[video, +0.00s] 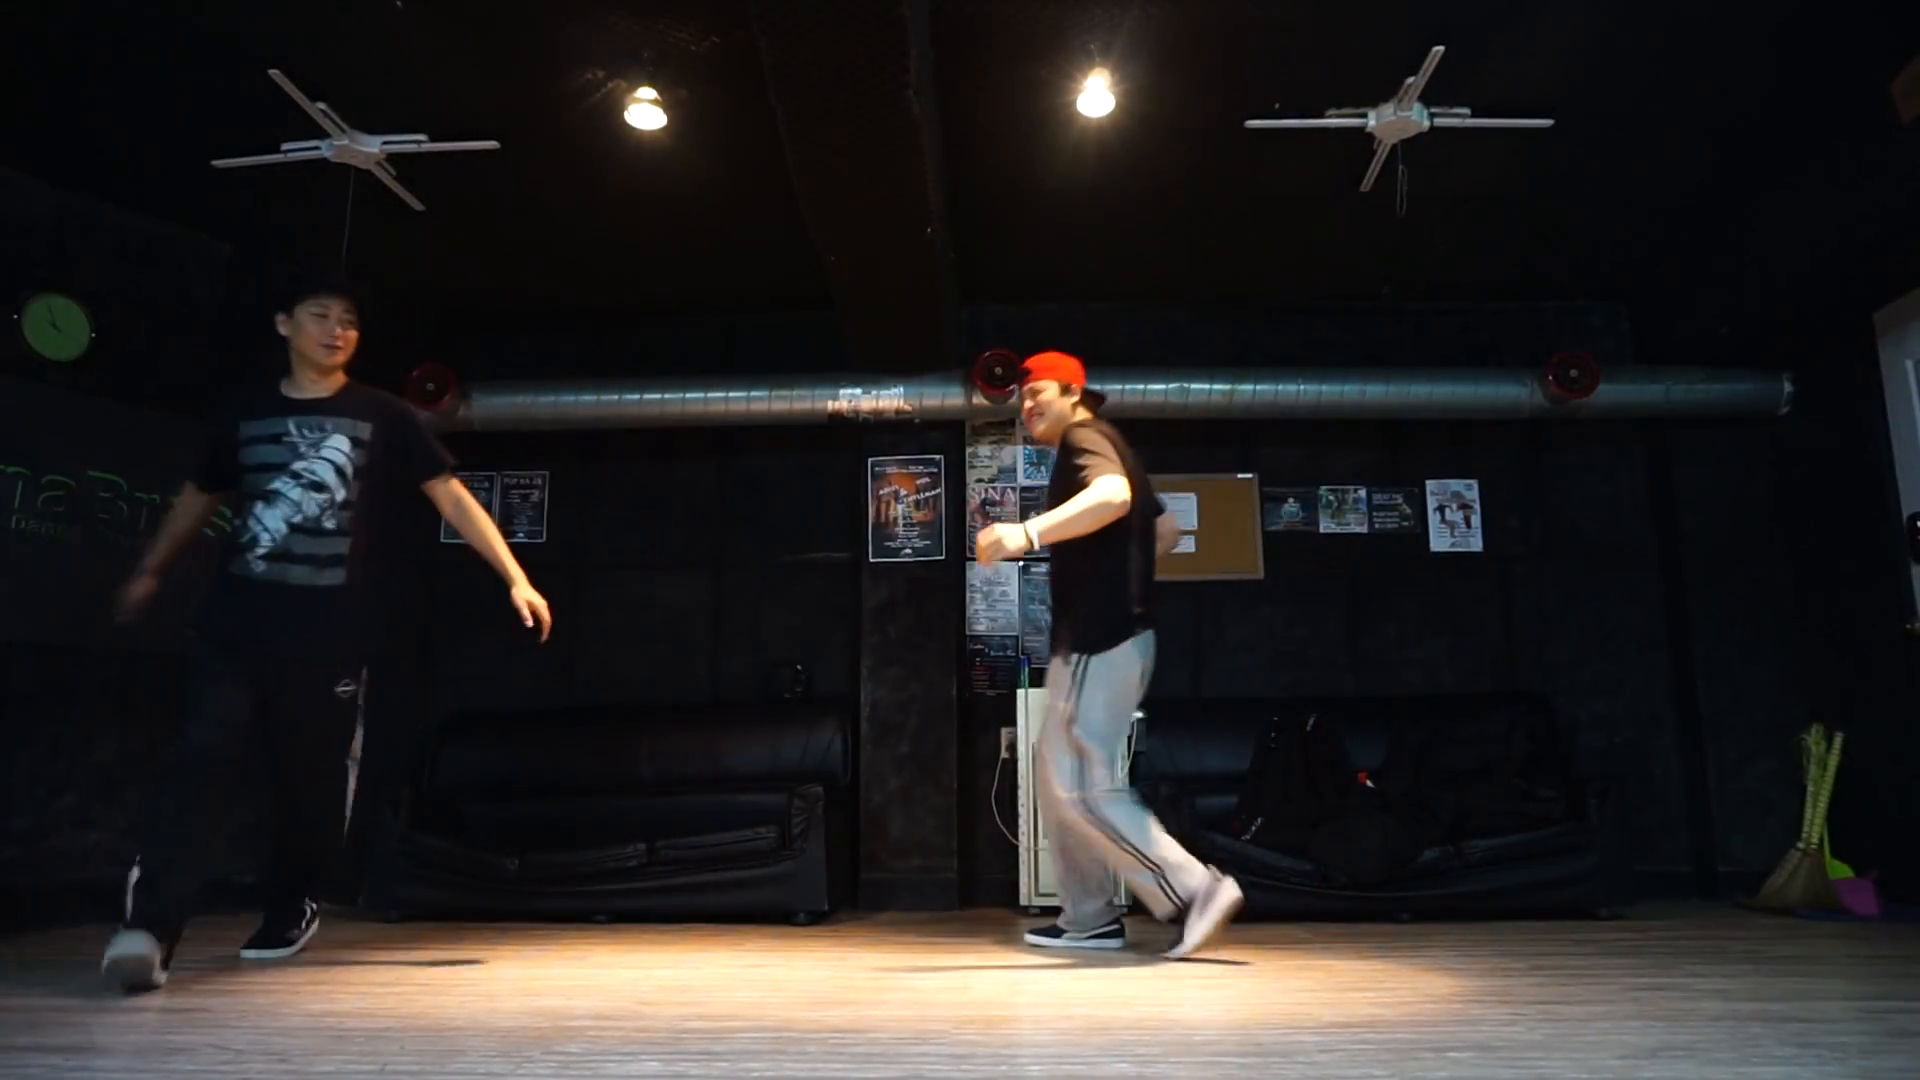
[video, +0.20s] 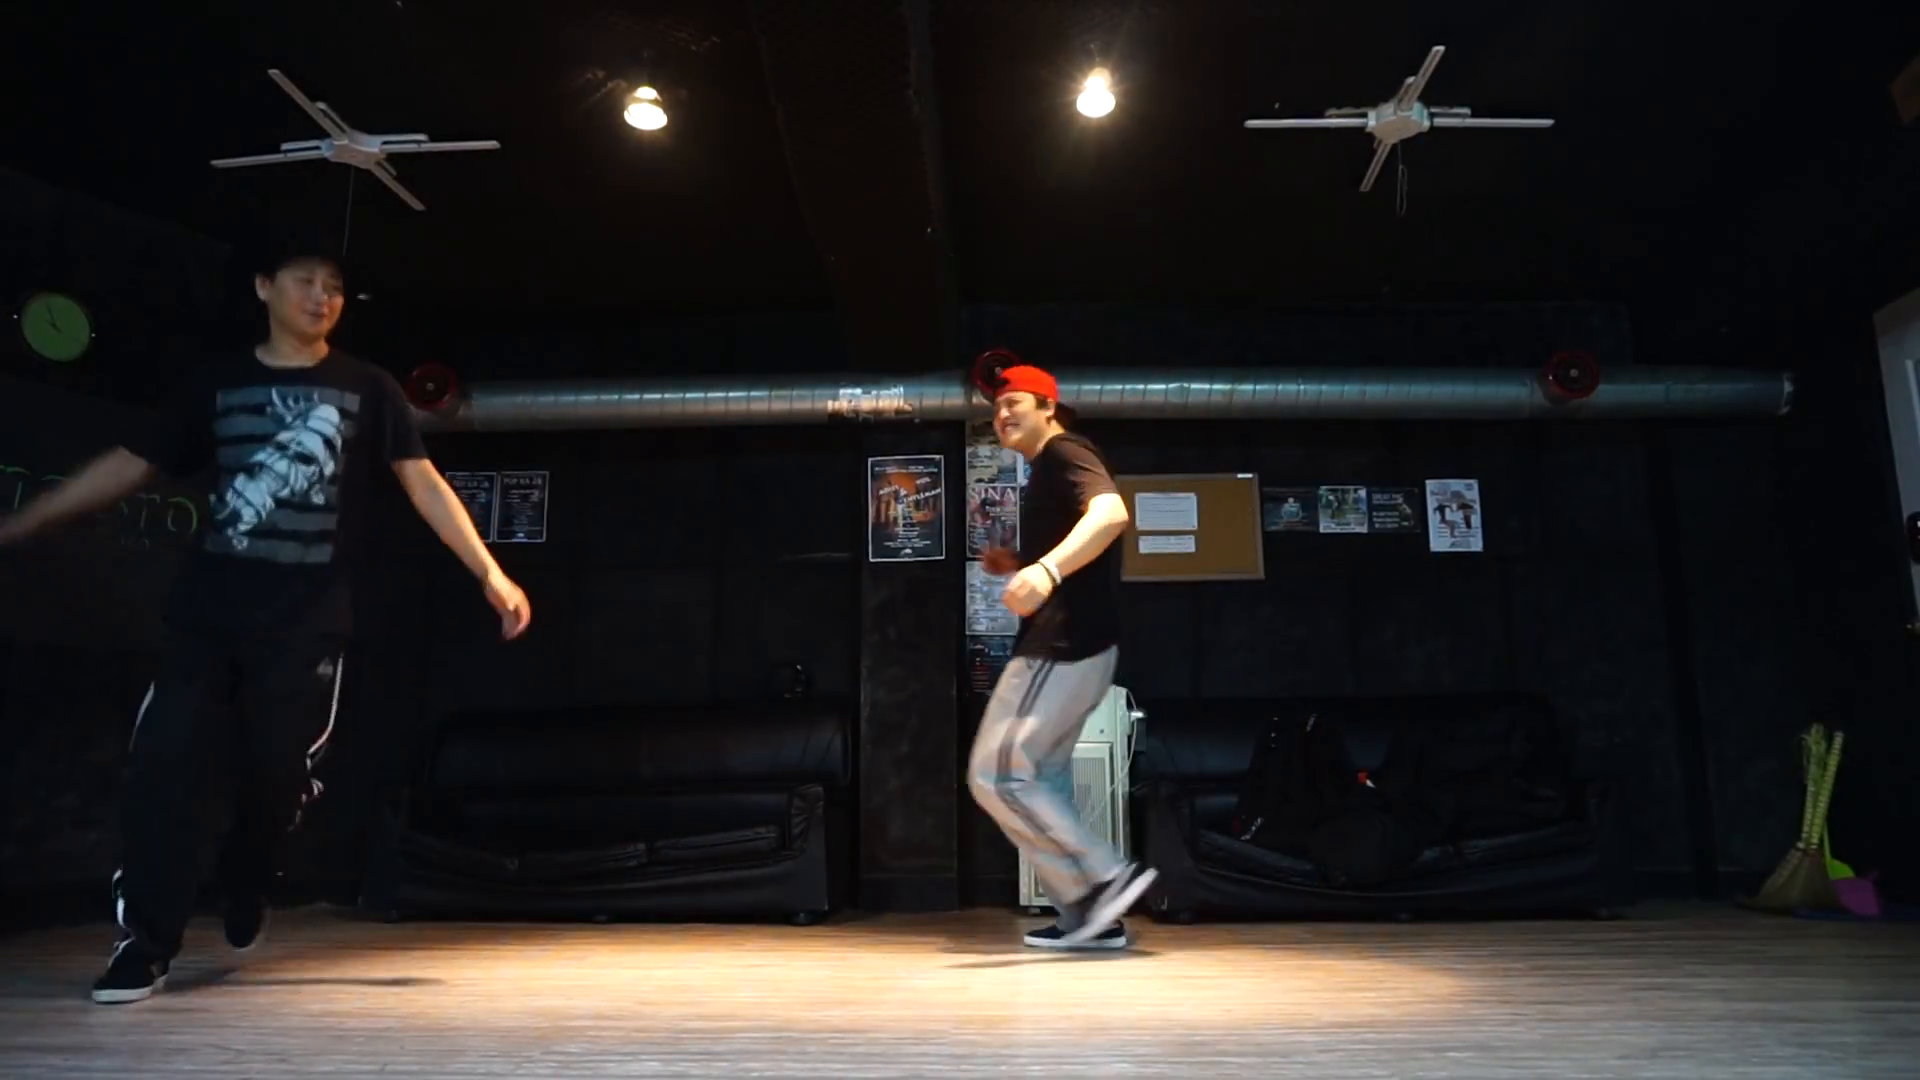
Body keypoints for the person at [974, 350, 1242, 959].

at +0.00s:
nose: (1026, 406)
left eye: (1037, 394)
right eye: (1023, 397)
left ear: (1071, 395)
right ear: (1035, 405)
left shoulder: (1084, 435)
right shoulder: (1101, 441)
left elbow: (1111, 494)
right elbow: (1166, 528)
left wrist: (1025, 534)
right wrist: (1099, 564)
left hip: (1105, 645)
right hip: (1091, 643)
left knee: (1085, 787)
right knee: (1061, 782)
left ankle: (1200, 892)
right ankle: (1090, 923)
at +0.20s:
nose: (1002, 415)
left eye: (1014, 404)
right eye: (997, 407)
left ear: (1047, 409)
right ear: (995, 418)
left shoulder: (1067, 454)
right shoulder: (1049, 466)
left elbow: (1109, 513)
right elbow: (1073, 549)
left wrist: (1048, 570)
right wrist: (1020, 562)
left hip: (1063, 646)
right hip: (1079, 647)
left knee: (994, 773)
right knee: (1035, 776)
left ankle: (1108, 878)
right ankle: (1086, 914)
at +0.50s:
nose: (970, 385)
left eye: (983, 376)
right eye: (964, 377)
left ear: (1012, 390)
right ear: (957, 393)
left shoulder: (1035, 444)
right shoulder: (973, 465)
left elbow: (1097, 509)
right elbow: (952, 552)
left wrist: (1049, 578)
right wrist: (883, 541)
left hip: (1019, 634)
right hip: (993, 636)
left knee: (966, 766)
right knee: (1025, 774)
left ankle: (950, 917)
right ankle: (1089, 912)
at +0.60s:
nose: (957, 392)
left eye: (972, 383)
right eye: (950, 384)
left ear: (1000, 396)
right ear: (943, 397)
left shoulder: (1023, 456)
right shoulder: (949, 470)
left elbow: (1075, 532)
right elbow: (915, 553)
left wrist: (1040, 602)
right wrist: (853, 559)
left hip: (1001, 638)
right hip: (966, 639)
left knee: (946, 773)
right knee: (988, 781)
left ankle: (949, 923)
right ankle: (1074, 900)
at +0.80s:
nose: (935, 396)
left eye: (949, 388)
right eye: (928, 387)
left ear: (976, 399)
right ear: (918, 399)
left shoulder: (1004, 468)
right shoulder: (907, 469)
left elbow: (1042, 548)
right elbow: (881, 547)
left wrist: (1023, 601)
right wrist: (856, 586)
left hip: (965, 645)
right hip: (896, 646)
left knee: (936, 778)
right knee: (865, 775)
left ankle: (951, 925)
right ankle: (974, 860)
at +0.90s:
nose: (924, 380)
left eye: (938, 372)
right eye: (917, 371)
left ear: (965, 386)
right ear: (906, 385)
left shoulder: (992, 454)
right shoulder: (889, 455)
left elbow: (1029, 535)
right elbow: (868, 535)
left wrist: (1011, 583)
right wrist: (858, 578)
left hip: (953, 644)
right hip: (879, 643)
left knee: (942, 784)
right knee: (849, 764)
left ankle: (953, 923)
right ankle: (896, 901)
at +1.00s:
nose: (911, 365)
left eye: (925, 357)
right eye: (904, 356)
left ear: (952, 375)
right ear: (893, 371)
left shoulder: (977, 446)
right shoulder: (869, 444)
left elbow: (1013, 521)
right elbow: (848, 523)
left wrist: (997, 557)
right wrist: (852, 570)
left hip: (942, 635)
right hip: (866, 635)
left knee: (943, 780)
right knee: (840, 767)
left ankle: (955, 920)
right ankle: (839, 917)